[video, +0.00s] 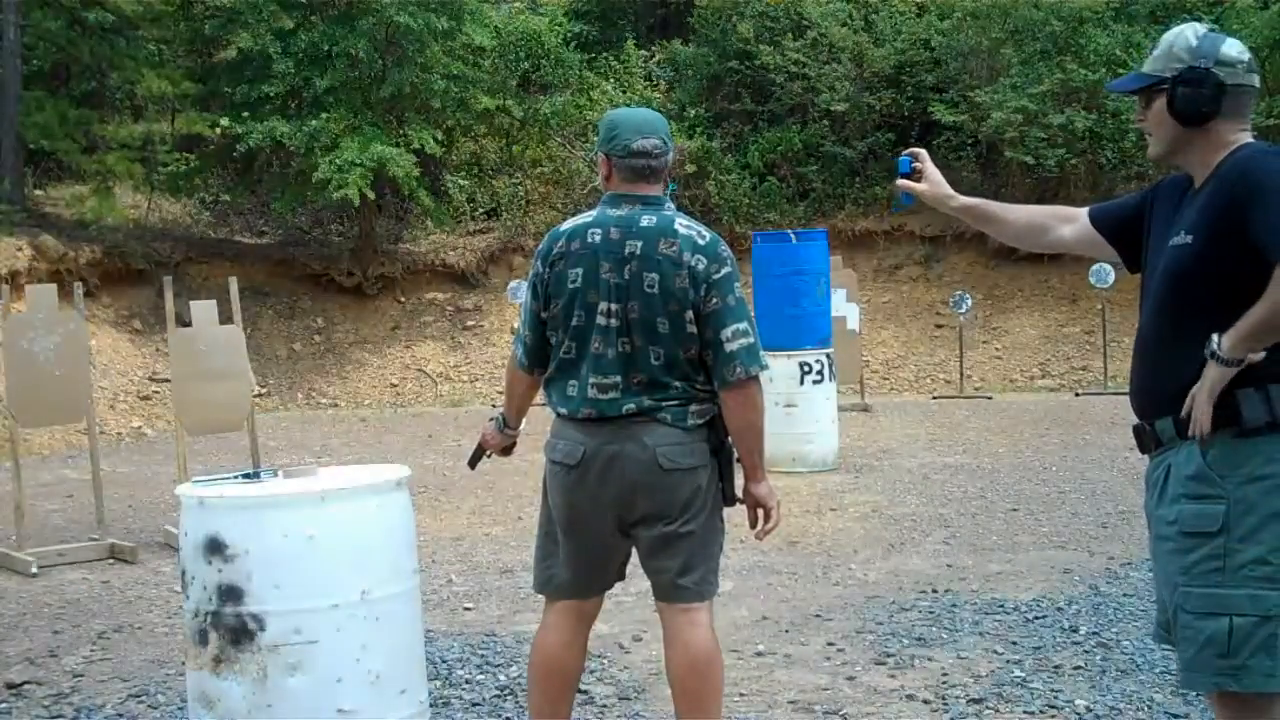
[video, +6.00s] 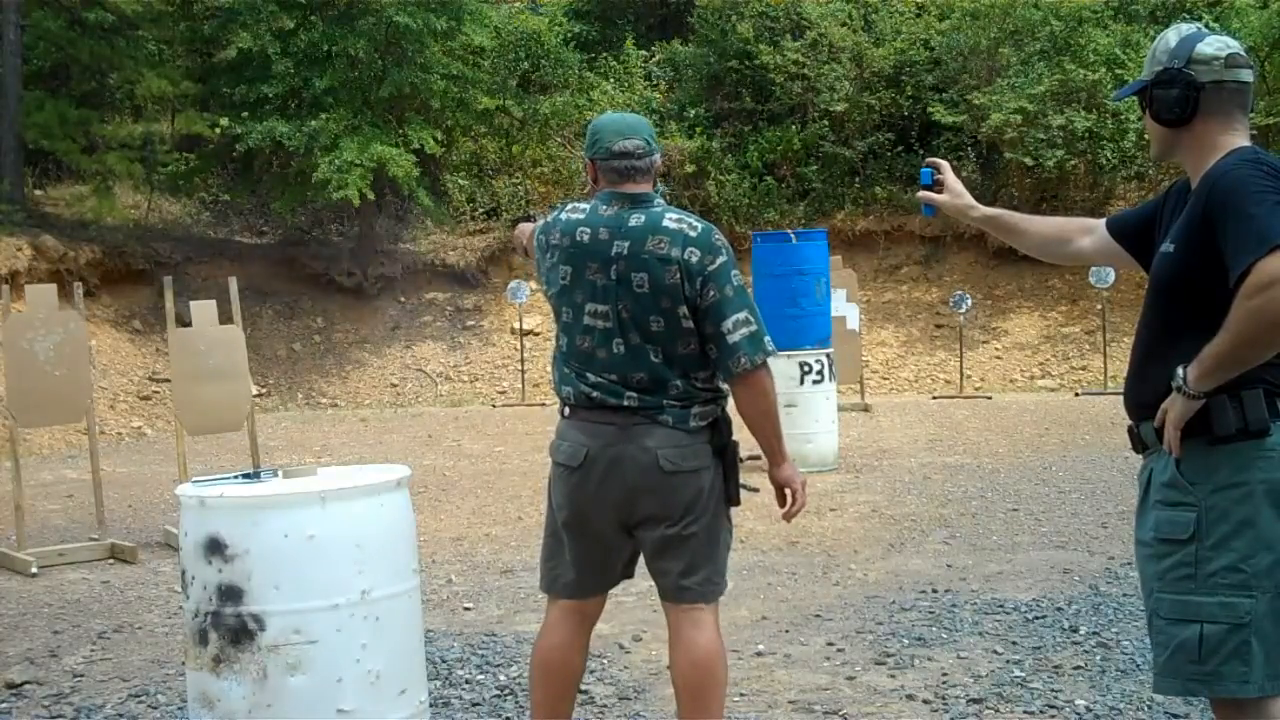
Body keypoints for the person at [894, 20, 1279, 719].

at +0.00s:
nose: (1140, 114)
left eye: (1150, 98)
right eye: (1141, 99)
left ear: (1195, 97)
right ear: (1202, 102)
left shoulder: (1258, 177)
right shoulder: (1169, 199)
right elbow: (1060, 228)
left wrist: (1229, 352)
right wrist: (951, 203)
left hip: (1236, 459)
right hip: (1186, 460)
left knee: (1245, 687)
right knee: (1229, 679)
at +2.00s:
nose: (1138, 114)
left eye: (1144, 100)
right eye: (1139, 101)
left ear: (1174, 102)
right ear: (1212, 104)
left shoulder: (1246, 180)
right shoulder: (1166, 201)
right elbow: (1059, 230)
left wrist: (1209, 374)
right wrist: (952, 202)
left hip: (1226, 458)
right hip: (1178, 457)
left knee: (1239, 689)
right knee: (1226, 682)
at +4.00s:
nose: (1150, 116)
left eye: (1154, 101)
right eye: (1151, 102)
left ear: (1179, 102)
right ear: (1232, 99)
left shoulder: (1246, 179)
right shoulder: (1196, 194)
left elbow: (1273, 284)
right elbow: (1091, 236)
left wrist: (1197, 382)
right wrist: (978, 209)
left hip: (1230, 462)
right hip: (1210, 456)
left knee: (1244, 693)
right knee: (1241, 687)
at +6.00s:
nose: (1145, 115)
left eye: (1150, 100)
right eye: (1146, 101)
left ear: (1177, 102)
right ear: (1223, 101)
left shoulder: (1242, 181)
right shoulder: (1191, 197)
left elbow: (1274, 283)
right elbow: (1084, 238)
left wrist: (1194, 381)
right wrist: (974, 213)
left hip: (1224, 462)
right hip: (1205, 457)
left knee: (1242, 692)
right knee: (1241, 685)